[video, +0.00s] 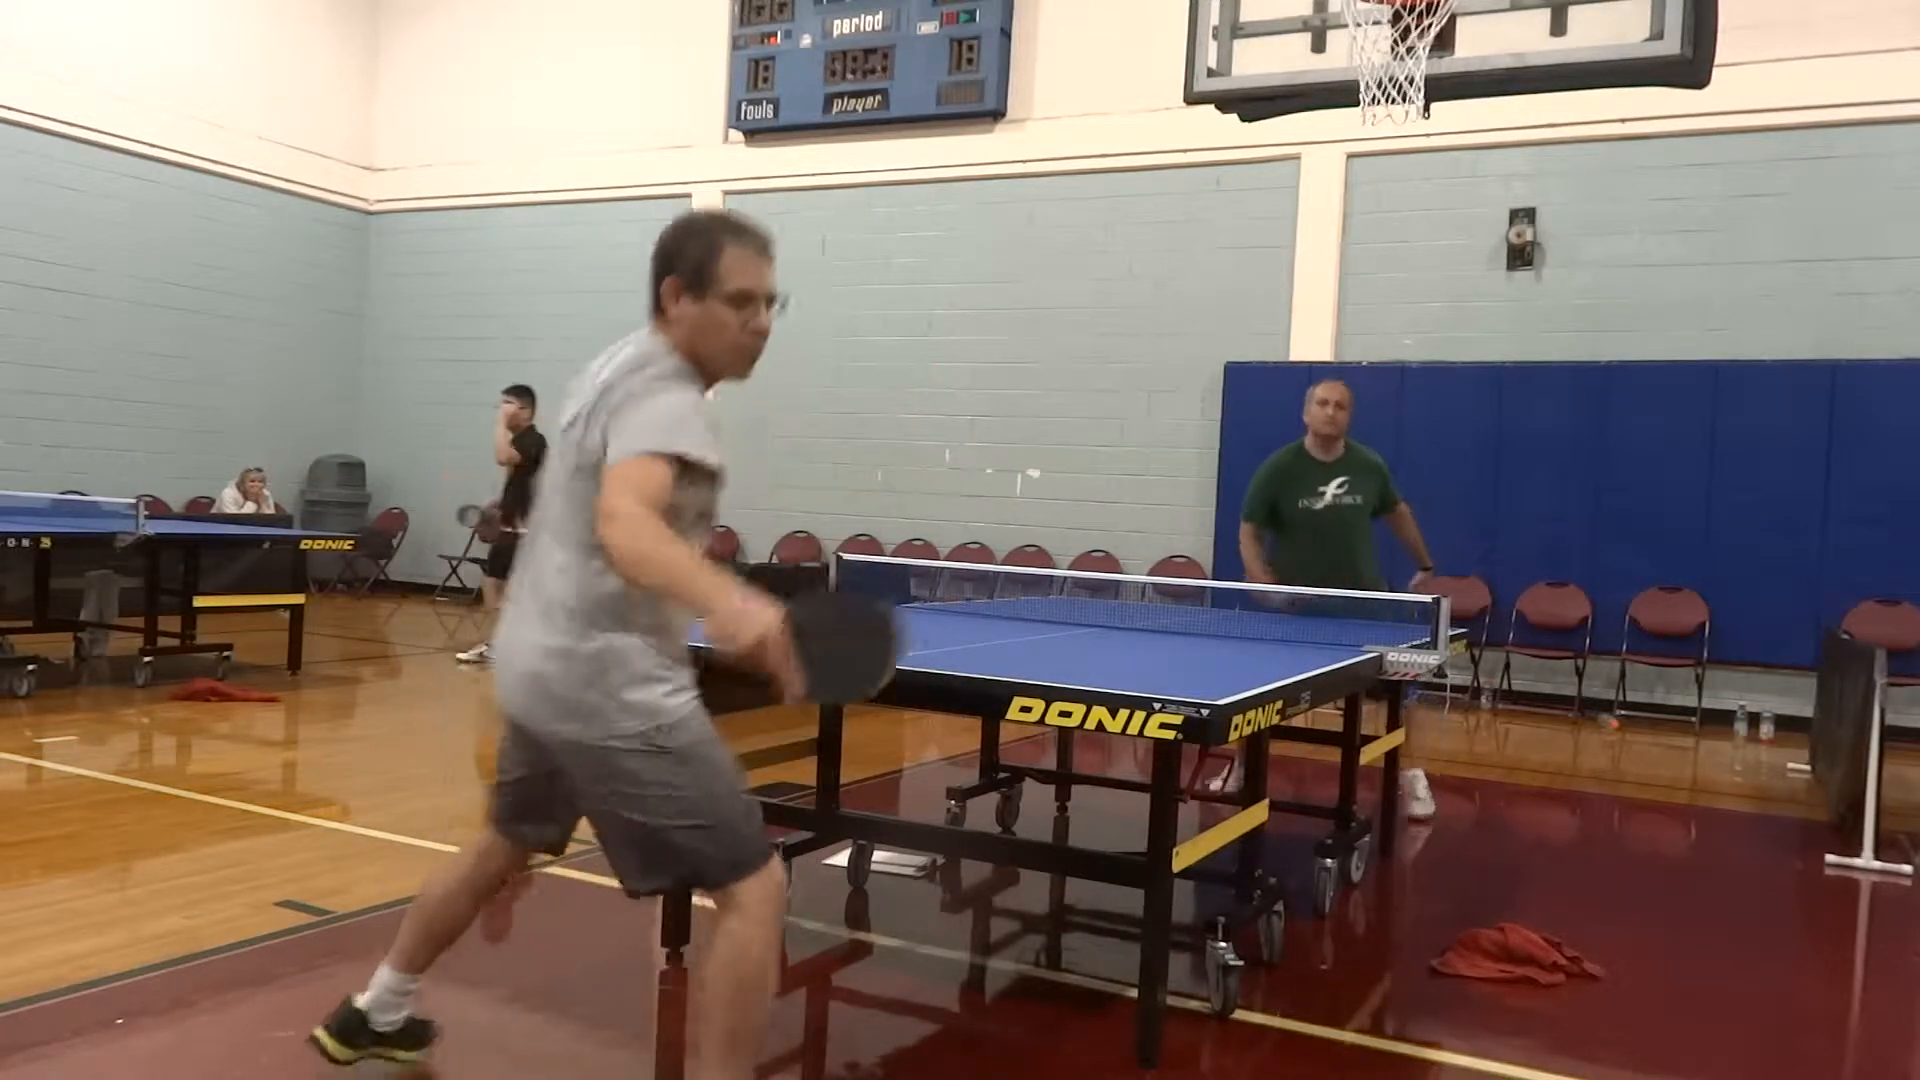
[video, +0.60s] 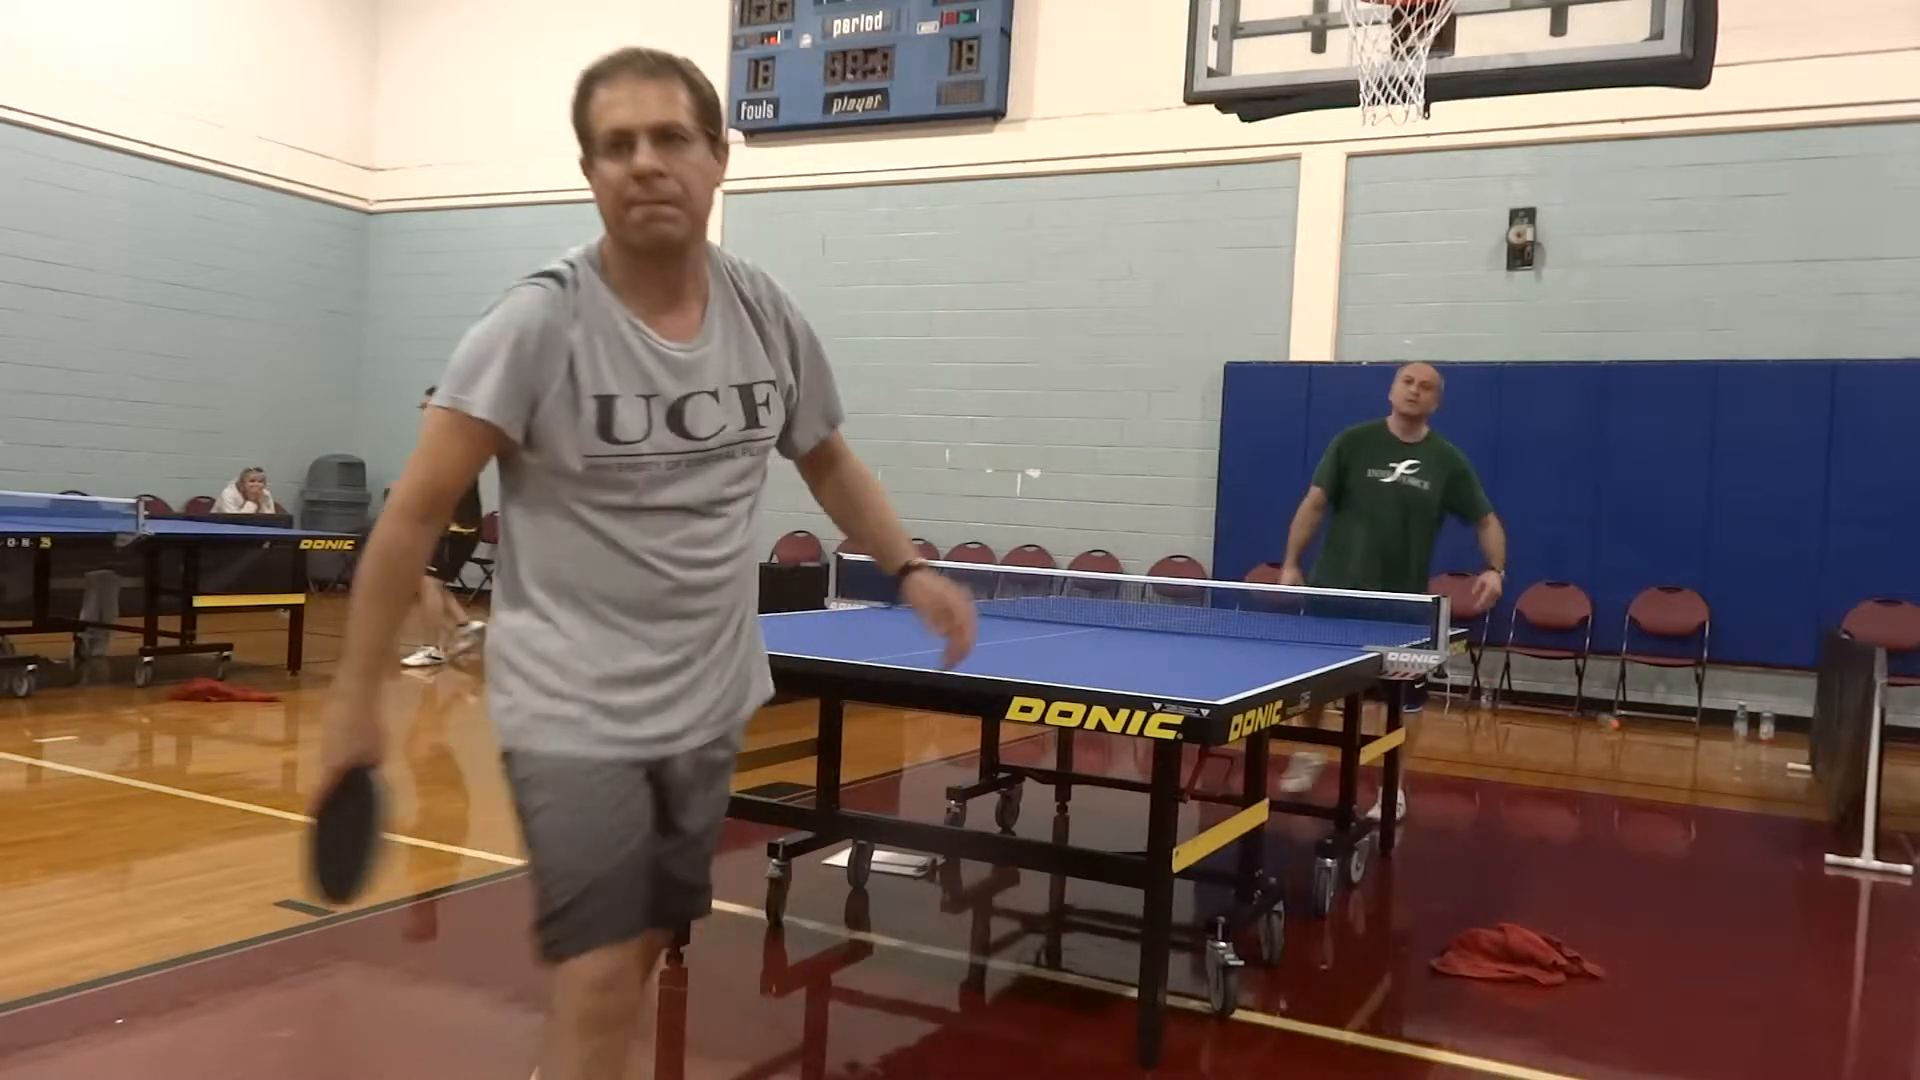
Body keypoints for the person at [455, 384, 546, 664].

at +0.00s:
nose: (502, 410)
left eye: (508, 404)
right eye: (502, 404)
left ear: (525, 410)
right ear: (518, 411)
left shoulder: (532, 439)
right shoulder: (522, 438)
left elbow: (505, 456)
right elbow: (518, 486)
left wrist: (501, 422)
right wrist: (497, 506)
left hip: (521, 525)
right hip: (511, 523)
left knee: (495, 583)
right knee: (494, 582)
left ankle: (497, 643)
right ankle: (496, 642)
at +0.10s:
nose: (492, 409)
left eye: (498, 404)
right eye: (491, 403)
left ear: (514, 408)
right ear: (499, 408)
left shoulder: (521, 437)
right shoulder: (507, 437)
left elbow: (491, 449)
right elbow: (507, 485)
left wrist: (489, 416)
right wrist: (479, 496)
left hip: (515, 523)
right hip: (500, 521)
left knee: (495, 581)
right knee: (486, 582)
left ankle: (539, 619)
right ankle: (493, 645)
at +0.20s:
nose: (479, 407)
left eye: (484, 401)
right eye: (478, 401)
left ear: (501, 404)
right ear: (485, 405)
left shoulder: (510, 434)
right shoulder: (493, 436)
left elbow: (484, 447)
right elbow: (485, 482)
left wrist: (479, 414)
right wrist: (458, 489)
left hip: (501, 520)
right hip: (490, 518)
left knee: (474, 575)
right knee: (489, 583)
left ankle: (514, 635)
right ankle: (492, 642)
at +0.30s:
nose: (467, 407)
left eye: (473, 401)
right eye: (465, 401)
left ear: (488, 404)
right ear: (471, 405)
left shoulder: (497, 434)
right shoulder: (475, 437)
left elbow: (474, 446)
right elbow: (465, 480)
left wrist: (467, 413)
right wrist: (440, 486)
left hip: (486, 519)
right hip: (478, 518)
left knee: (461, 574)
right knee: (485, 583)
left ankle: (475, 639)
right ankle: (497, 643)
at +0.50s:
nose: (437, 413)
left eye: (442, 405)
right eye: (436, 406)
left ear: (459, 407)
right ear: (443, 408)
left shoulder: (468, 452)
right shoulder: (453, 452)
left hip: (469, 525)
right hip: (469, 523)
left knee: (457, 585)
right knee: (459, 585)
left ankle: (480, 639)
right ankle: (483, 636)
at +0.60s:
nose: (425, 417)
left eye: (431, 410)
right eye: (425, 410)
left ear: (448, 413)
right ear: (429, 411)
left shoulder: (459, 460)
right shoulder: (434, 460)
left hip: (459, 530)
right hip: (442, 526)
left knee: (431, 578)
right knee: (432, 579)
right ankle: (461, 624)